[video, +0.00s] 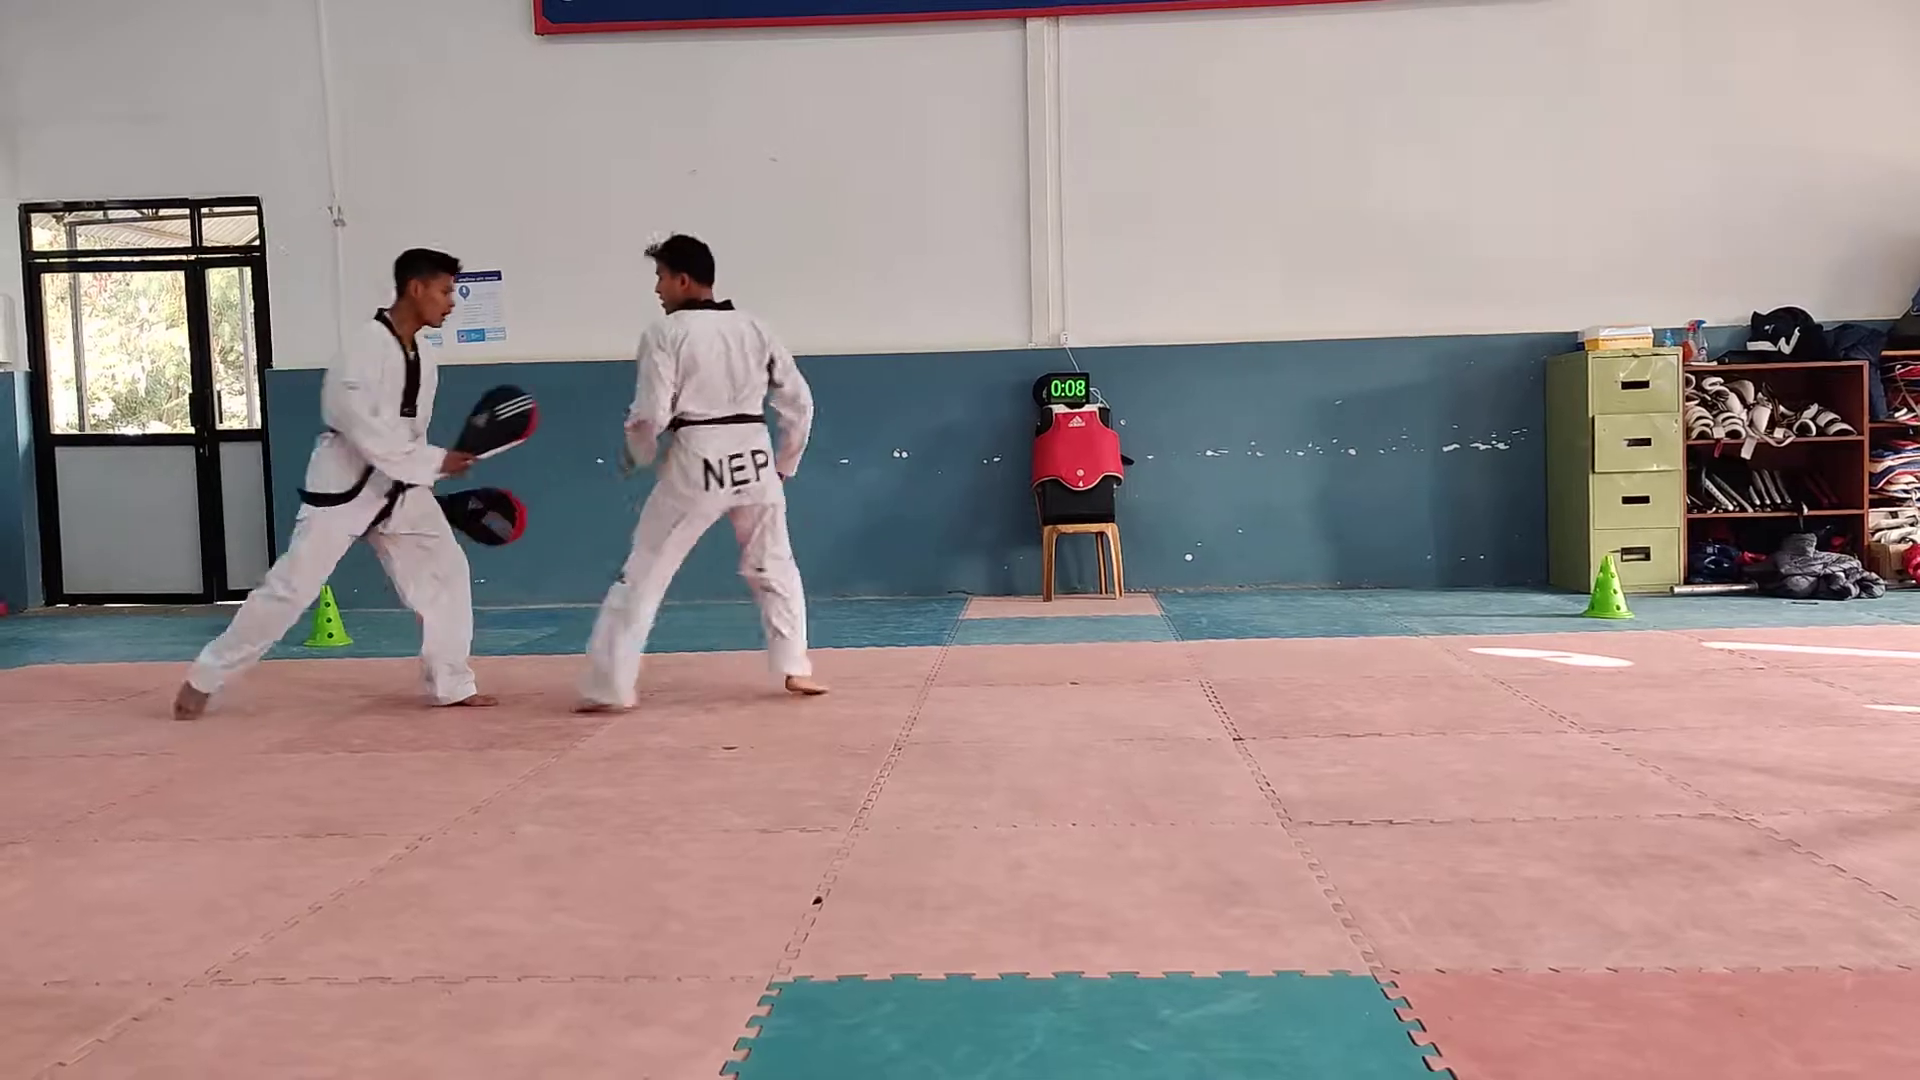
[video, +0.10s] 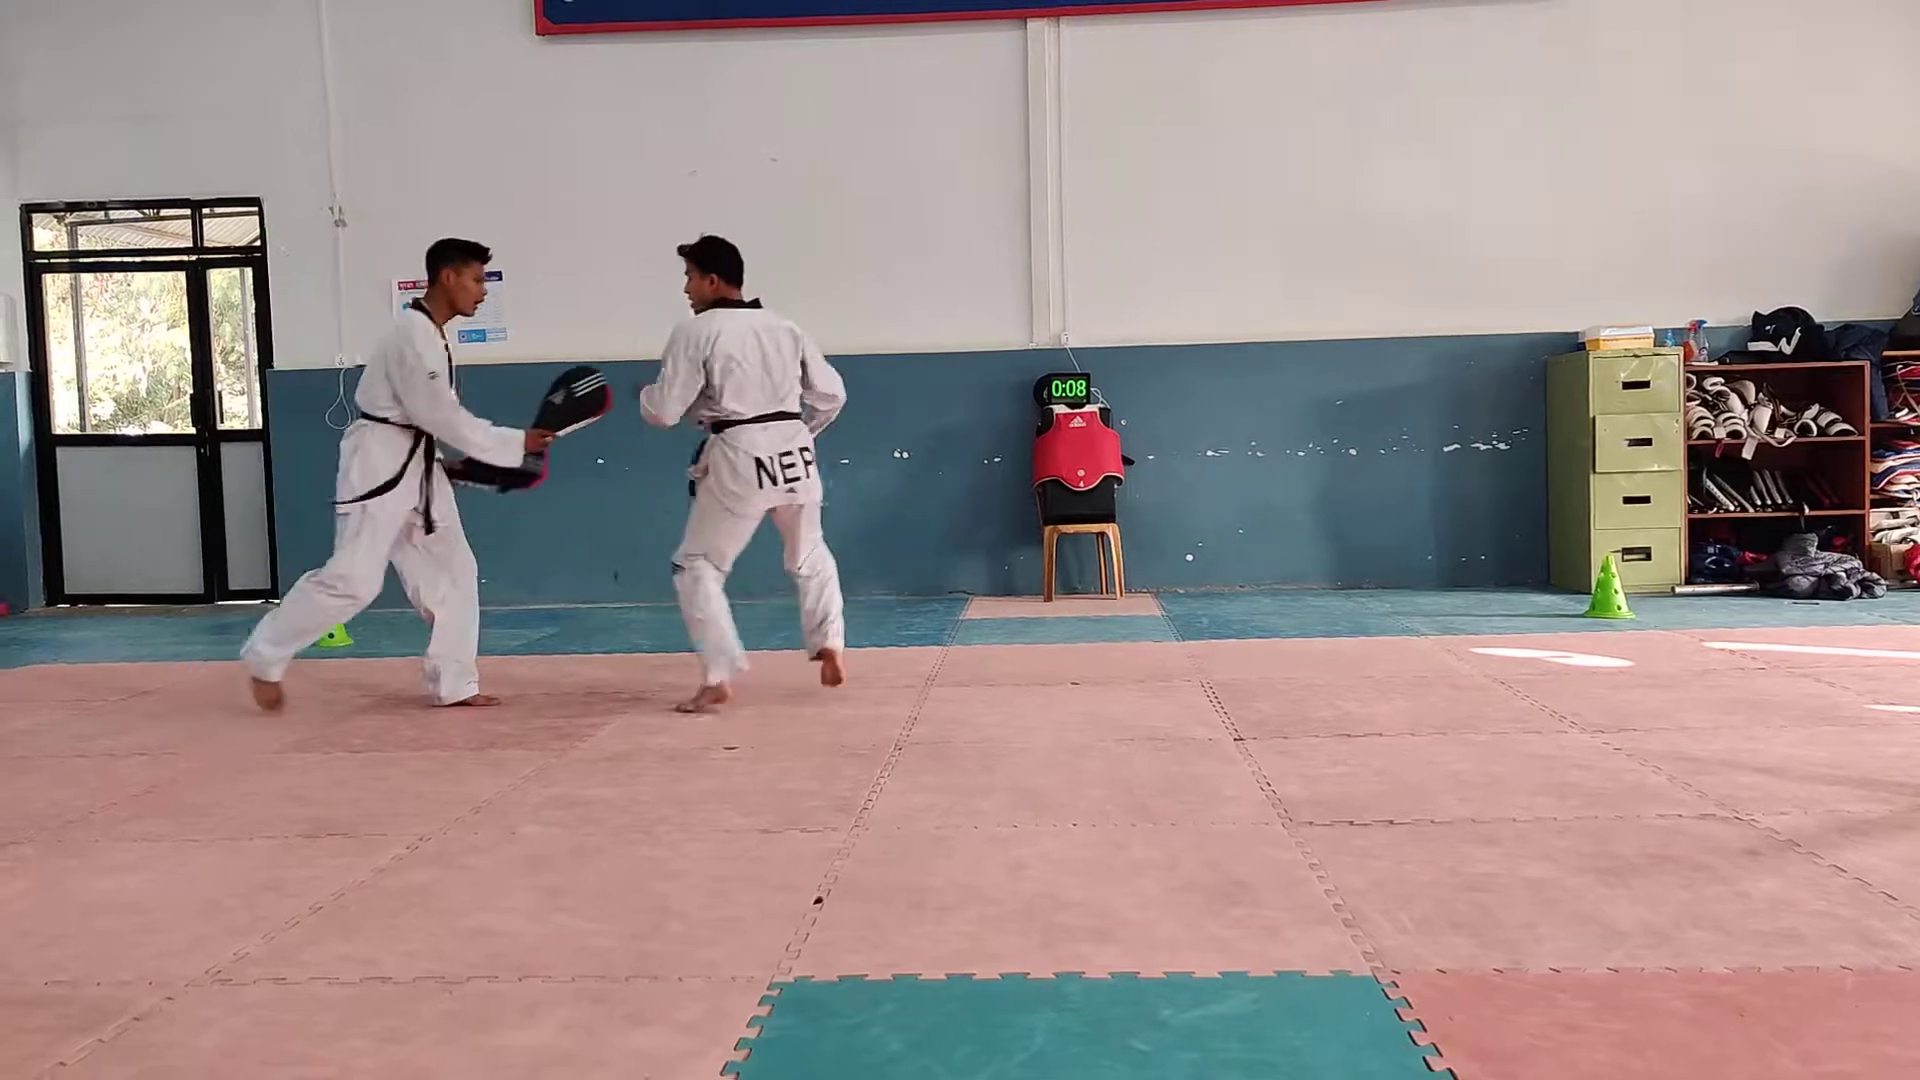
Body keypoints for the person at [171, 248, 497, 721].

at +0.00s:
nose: (452, 302)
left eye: (453, 292)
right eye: (446, 291)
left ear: (424, 292)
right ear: (414, 288)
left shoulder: (423, 357)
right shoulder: (366, 342)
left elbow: (408, 436)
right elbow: (350, 417)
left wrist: (427, 479)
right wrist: (430, 458)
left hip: (399, 479)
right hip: (345, 475)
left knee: (446, 568)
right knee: (294, 585)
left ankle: (450, 683)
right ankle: (205, 676)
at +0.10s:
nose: (483, 292)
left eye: (484, 281)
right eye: (478, 280)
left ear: (450, 280)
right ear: (447, 278)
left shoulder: (432, 334)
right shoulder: (412, 332)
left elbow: (422, 418)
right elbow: (438, 413)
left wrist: (446, 466)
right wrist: (516, 441)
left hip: (418, 461)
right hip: (379, 455)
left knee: (454, 568)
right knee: (354, 580)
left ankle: (452, 683)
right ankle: (265, 653)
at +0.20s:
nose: (505, 280)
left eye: (506, 270)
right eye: (499, 269)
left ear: (468, 269)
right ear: (469, 267)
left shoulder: (450, 319)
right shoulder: (439, 320)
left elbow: (462, 405)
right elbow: (464, 403)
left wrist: (524, 423)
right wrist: (540, 427)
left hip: (433, 443)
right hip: (409, 440)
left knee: (460, 572)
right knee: (427, 572)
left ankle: (453, 685)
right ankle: (348, 662)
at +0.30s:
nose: (524, 273)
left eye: (525, 263)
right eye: (518, 262)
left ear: (486, 263)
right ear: (488, 261)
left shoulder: (449, 307)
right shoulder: (465, 314)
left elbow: (464, 393)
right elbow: (483, 396)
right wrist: (560, 410)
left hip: (420, 428)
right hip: (437, 431)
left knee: (438, 561)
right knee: (482, 560)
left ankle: (447, 684)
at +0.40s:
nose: (542, 272)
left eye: (543, 261)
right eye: (536, 260)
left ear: (502, 261)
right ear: (506, 259)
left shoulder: (457, 305)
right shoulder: (487, 310)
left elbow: (452, 381)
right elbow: (510, 392)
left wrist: (511, 405)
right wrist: (588, 400)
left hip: (434, 434)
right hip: (462, 434)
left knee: (454, 567)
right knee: (519, 559)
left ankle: (452, 688)